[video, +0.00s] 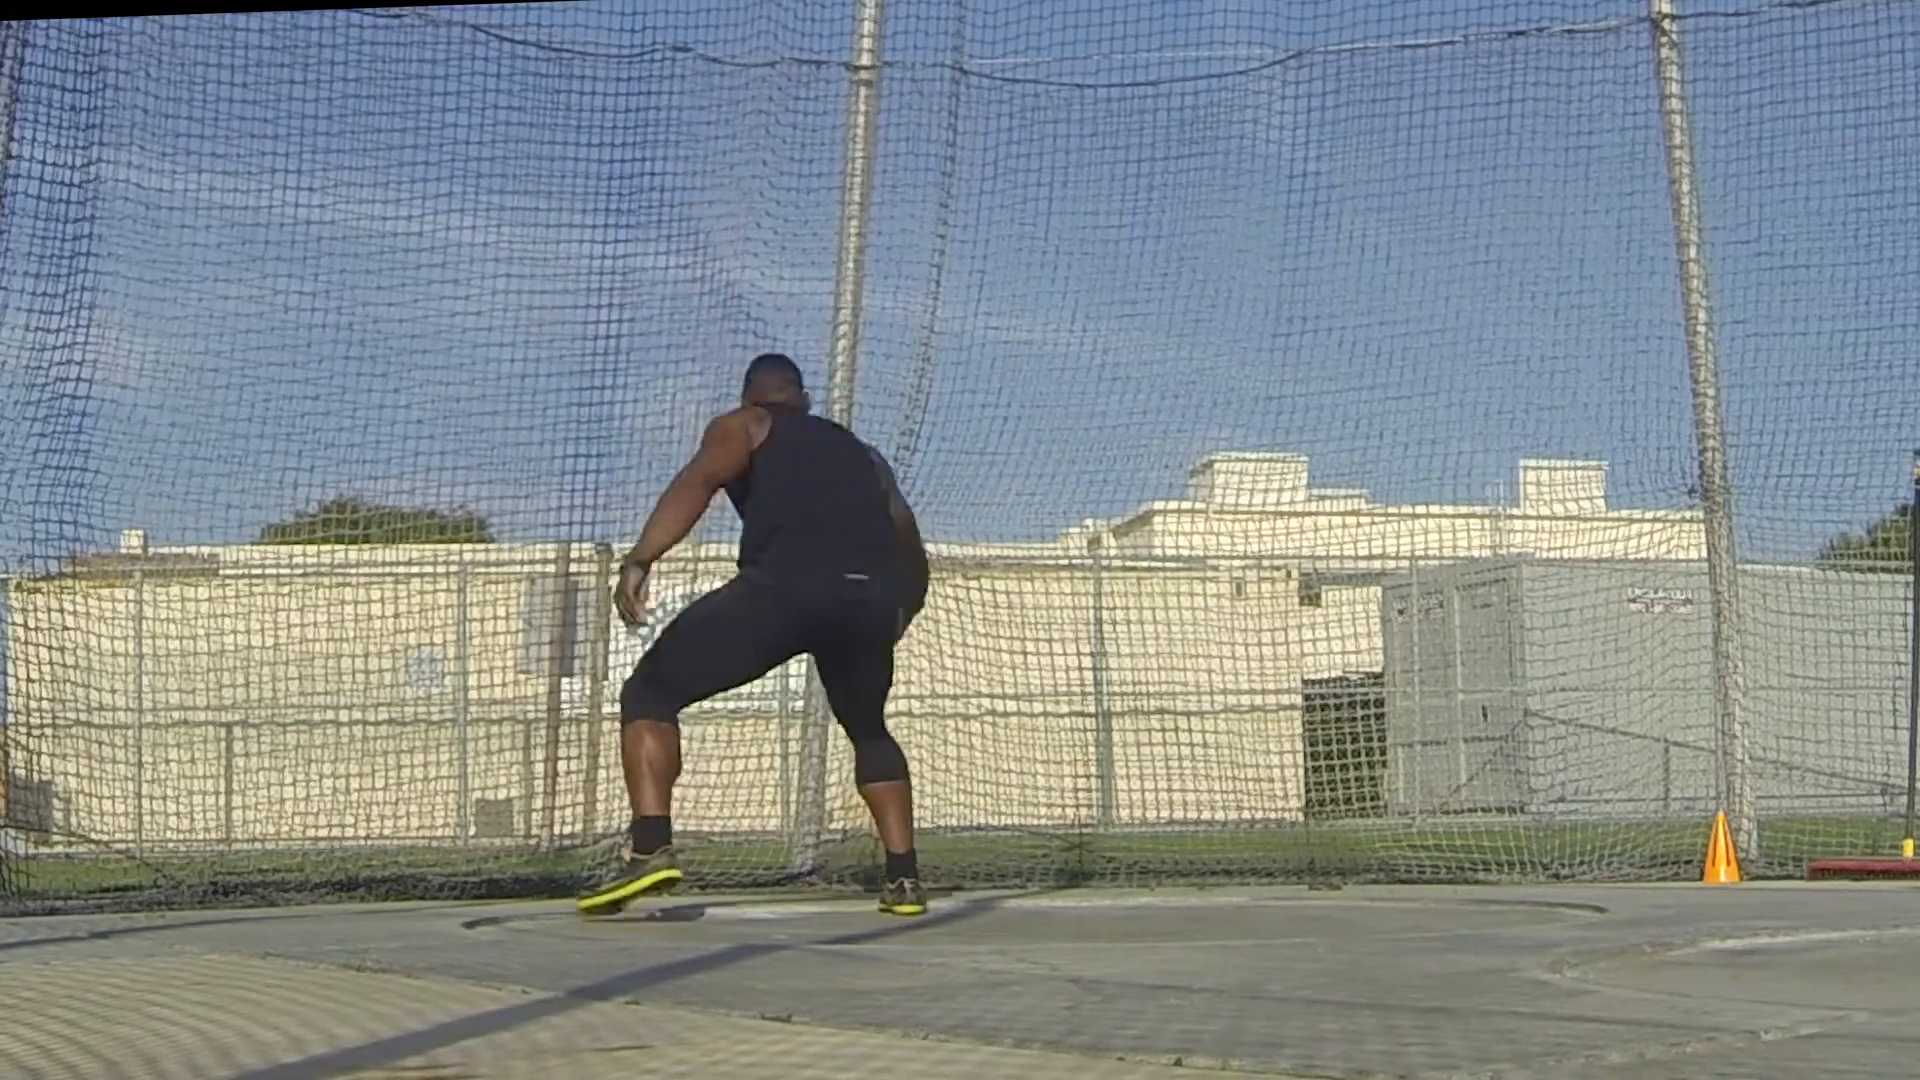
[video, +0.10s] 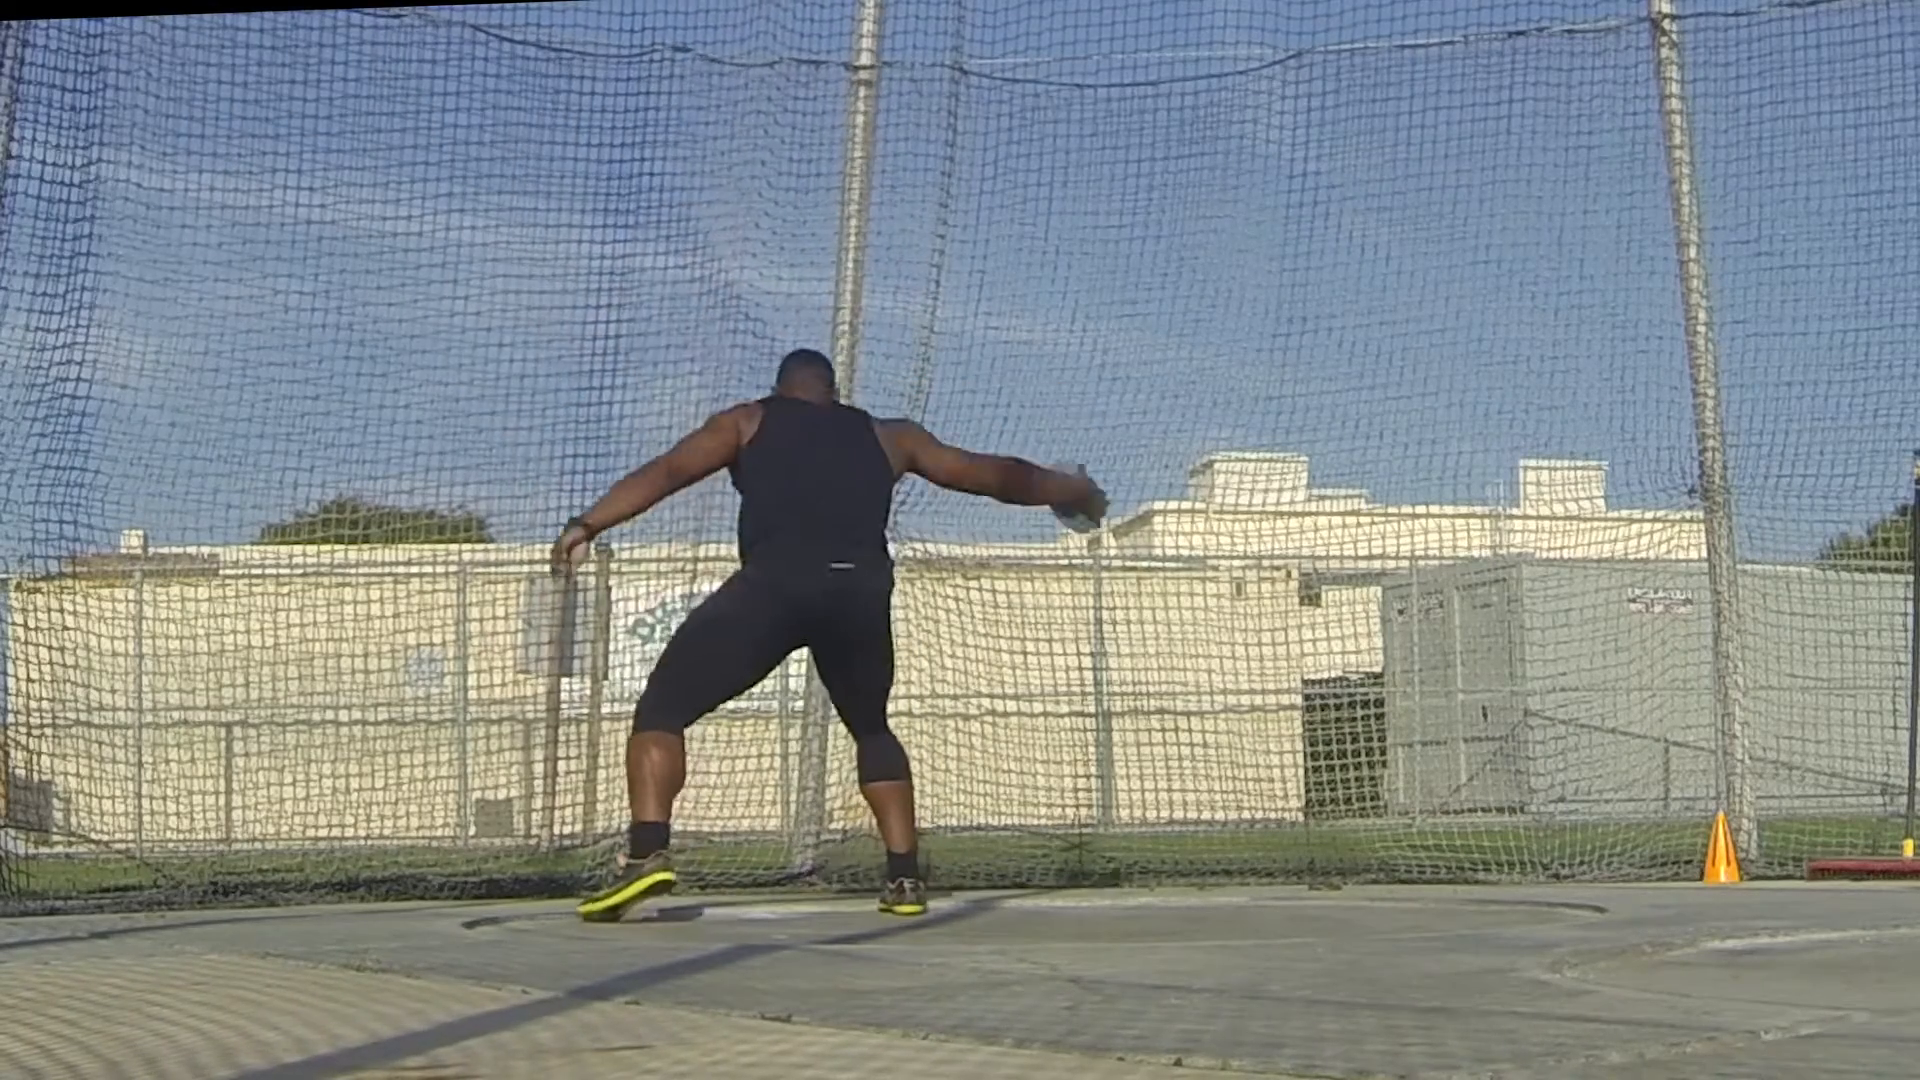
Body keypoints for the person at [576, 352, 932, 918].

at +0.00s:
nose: (747, 416)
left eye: (746, 408)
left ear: (750, 402)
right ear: (805, 401)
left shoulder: (743, 424)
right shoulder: (863, 453)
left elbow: (701, 480)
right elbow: (913, 554)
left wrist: (639, 559)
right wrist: (899, 611)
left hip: (783, 587)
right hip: (873, 599)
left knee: (649, 693)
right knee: (869, 728)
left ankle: (650, 852)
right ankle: (904, 877)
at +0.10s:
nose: (785, 395)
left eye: (778, 390)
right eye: (801, 388)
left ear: (776, 392)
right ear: (836, 394)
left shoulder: (748, 422)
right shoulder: (888, 434)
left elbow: (665, 473)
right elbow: (997, 476)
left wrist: (585, 526)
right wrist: (1073, 491)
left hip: (769, 588)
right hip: (860, 592)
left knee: (662, 710)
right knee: (871, 724)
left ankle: (647, 855)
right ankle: (906, 878)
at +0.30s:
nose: (896, 376)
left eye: (884, 368)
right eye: (893, 366)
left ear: (834, 362)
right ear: (882, 363)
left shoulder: (776, 411)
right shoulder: (892, 378)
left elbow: (682, 455)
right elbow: (963, 347)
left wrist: (598, 493)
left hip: (773, 568)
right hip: (860, 573)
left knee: (691, 710)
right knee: (880, 718)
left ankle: (642, 844)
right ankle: (904, 877)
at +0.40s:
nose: (915, 356)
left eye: (914, 349)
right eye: (909, 353)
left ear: (843, 359)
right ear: (896, 354)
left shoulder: (802, 409)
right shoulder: (889, 383)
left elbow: (749, 458)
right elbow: (887, 332)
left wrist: (720, 496)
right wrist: (888, 296)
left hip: (773, 553)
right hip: (855, 558)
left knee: (704, 706)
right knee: (884, 710)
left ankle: (640, 837)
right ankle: (906, 876)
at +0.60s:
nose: (938, 375)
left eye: (941, 365)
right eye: (938, 361)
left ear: (899, 345)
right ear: (918, 345)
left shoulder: (867, 419)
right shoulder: (870, 342)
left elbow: (925, 478)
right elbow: (795, 345)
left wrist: (996, 489)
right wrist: (731, 343)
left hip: (766, 535)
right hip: (847, 551)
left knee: (708, 698)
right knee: (883, 711)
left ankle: (615, 827)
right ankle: (908, 876)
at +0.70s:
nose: (939, 383)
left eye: (944, 374)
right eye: (940, 368)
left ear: (903, 349)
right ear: (917, 348)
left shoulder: (881, 437)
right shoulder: (858, 343)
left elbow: (954, 482)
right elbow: (774, 361)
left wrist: (1037, 485)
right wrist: (703, 365)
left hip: (760, 540)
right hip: (839, 552)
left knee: (698, 702)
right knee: (879, 713)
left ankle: (608, 829)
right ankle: (904, 879)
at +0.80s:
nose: (934, 387)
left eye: (939, 378)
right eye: (935, 371)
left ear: (897, 355)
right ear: (911, 353)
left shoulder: (877, 444)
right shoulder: (857, 347)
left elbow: (945, 489)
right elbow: (777, 371)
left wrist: (1034, 488)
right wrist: (708, 382)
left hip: (753, 544)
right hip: (834, 556)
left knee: (692, 708)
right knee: (877, 714)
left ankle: (602, 837)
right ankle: (903, 877)